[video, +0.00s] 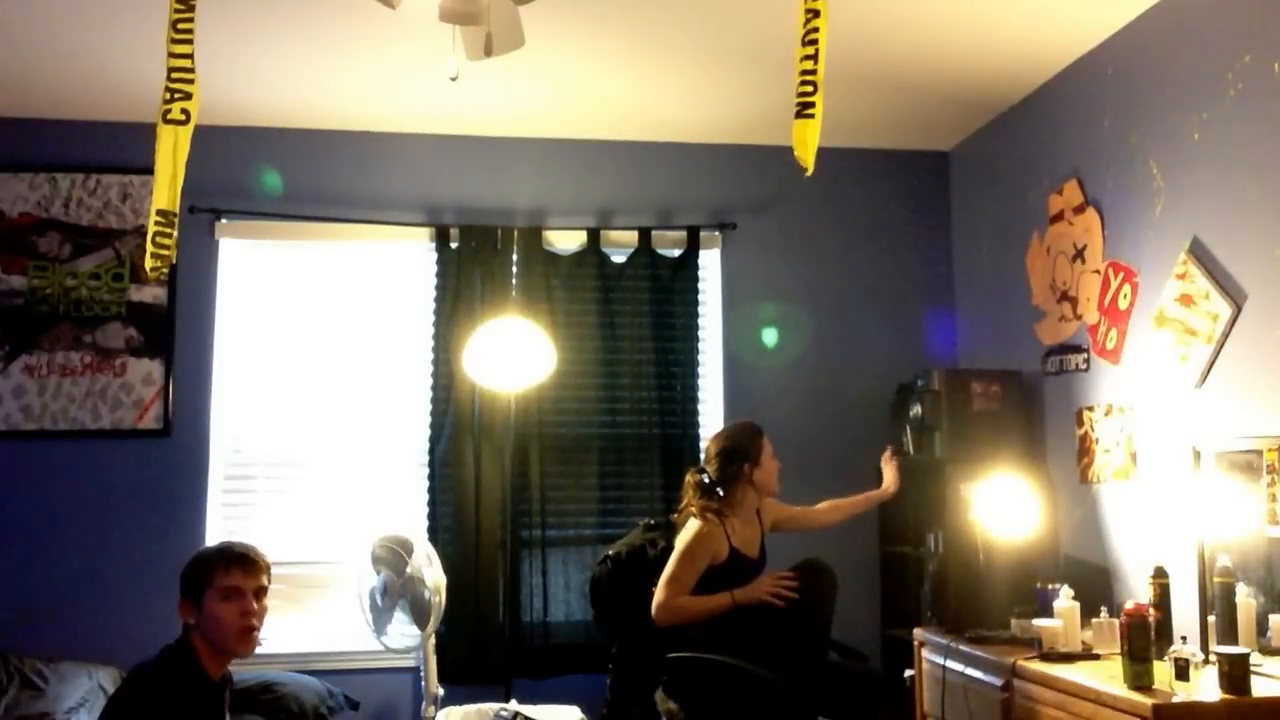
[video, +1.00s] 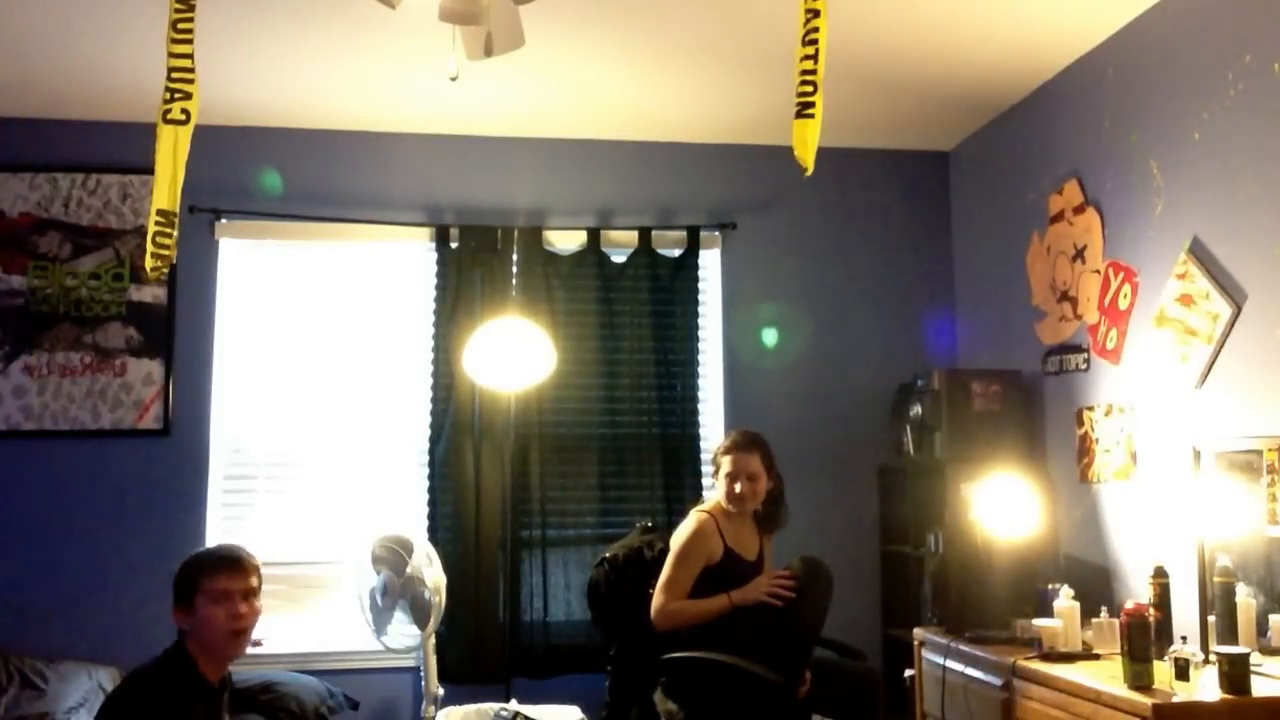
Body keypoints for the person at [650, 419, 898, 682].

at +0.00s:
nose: (779, 465)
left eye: (775, 457)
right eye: (772, 458)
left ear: (748, 472)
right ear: (748, 471)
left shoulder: (762, 511)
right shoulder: (703, 530)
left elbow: (820, 515)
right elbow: (664, 610)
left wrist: (884, 492)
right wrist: (742, 595)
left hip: (733, 637)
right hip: (695, 651)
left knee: (815, 574)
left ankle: (806, 687)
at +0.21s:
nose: (770, 467)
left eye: (770, 458)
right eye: (757, 460)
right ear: (726, 473)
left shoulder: (756, 512)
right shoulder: (704, 526)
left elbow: (794, 558)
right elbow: (664, 610)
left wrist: (843, 524)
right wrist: (743, 595)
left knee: (817, 576)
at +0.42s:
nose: (749, 470)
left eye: (758, 462)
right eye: (738, 462)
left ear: (770, 472)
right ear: (716, 473)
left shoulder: (758, 516)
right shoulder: (702, 525)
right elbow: (660, 609)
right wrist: (741, 595)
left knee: (815, 575)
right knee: (812, 577)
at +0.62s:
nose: (747, 474)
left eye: (757, 466)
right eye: (736, 465)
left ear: (770, 477)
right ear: (717, 475)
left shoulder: (755, 529)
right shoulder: (700, 525)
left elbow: (766, 605)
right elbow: (659, 612)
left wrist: (795, 664)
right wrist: (738, 596)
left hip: (742, 648)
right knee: (811, 574)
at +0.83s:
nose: (741, 486)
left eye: (752, 476)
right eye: (732, 476)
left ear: (768, 481)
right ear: (716, 478)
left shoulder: (756, 527)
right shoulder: (700, 526)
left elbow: (766, 603)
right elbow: (661, 613)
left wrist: (796, 664)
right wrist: (740, 596)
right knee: (811, 574)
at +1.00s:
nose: (740, 488)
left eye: (751, 478)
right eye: (731, 478)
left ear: (768, 483)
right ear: (717, 479)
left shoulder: (760, 528)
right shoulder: (700, 527)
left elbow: (764, 607)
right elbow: (661, 614)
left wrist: (795, 665)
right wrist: (740, 596)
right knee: (811, 574)